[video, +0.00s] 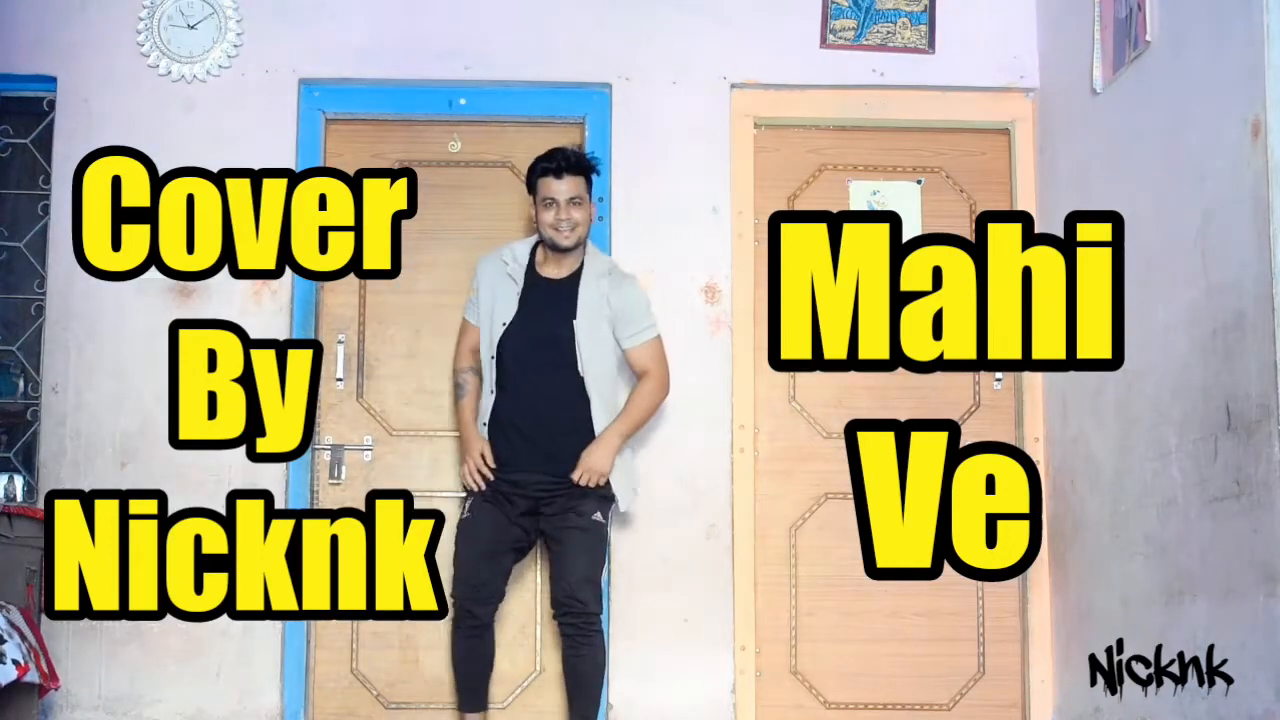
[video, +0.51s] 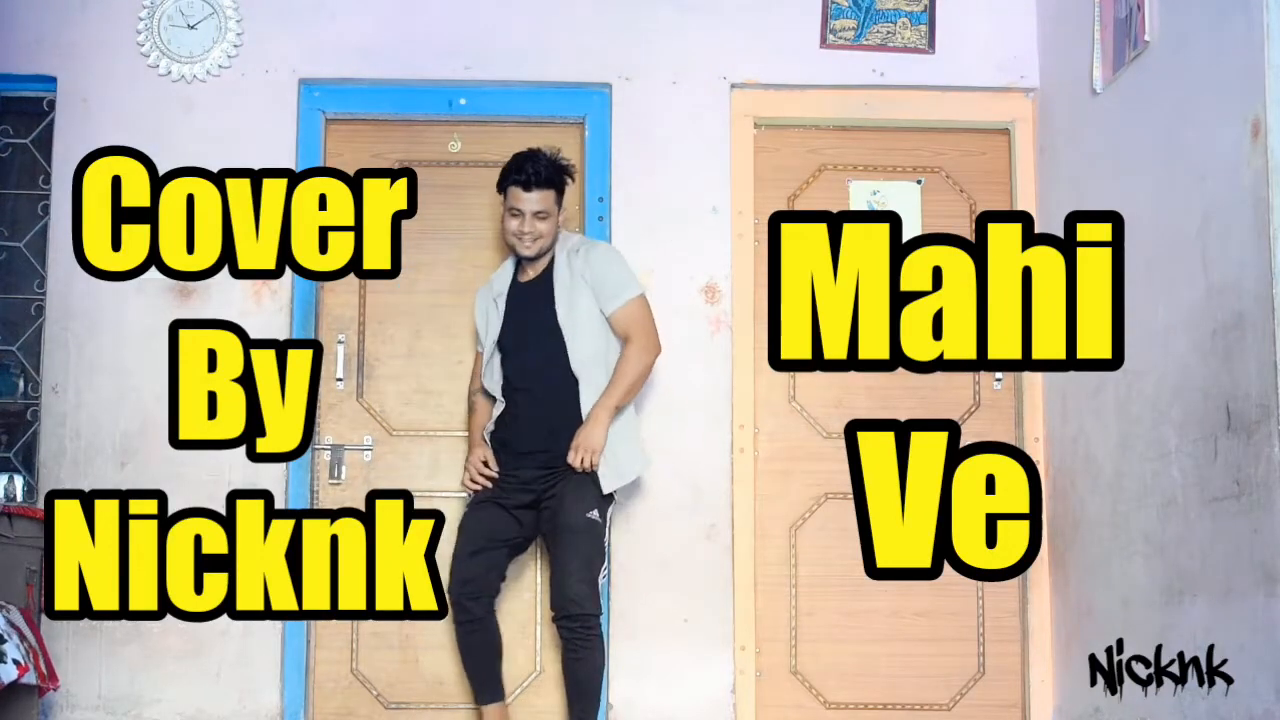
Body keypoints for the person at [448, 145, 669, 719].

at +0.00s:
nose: (563, 215)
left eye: (575, 202)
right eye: (550, 203)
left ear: (593, 209)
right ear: (534, 210)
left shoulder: (616, 285)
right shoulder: (496, 271)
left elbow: (655, 378)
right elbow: (469, 358)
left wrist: (610, 442)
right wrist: (469, 432)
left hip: (576, 487)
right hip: (500, 482)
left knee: (579, 615)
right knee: (470, 608)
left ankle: (585, 719)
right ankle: (472, 714)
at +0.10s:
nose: (562, 209)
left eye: (574, 197)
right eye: (549, 197)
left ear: (591, 202)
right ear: (532, 204)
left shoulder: (617, 281)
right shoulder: (503, 268)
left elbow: (655, 370)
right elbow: (480, 360)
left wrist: (605, 436)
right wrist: (476, 430)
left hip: (577, 481)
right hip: (504, 477)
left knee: (576, 610)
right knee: (481, 602)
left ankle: (583, 717)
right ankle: (498, 713)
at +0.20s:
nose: (557, 208)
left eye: (569, 195)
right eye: (544, 196)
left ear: (587, 202)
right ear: (528, 203)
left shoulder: (613, 278)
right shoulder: (504, 267)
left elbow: (652, 366)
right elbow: (485, 360)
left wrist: (598, 431)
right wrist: (480, 431)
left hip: (576, 477)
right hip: (506, 476)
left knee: (575, 611)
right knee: (497, 610)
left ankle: (583, 717)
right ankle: (509, 716)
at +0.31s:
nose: (550, 208)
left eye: (562, 196)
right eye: (537, 196)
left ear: (580, 200)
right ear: (522, 202)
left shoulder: (609, 270)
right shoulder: (500, 270)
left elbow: (649, 356)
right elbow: (487, 361)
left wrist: (597, 420)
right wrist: (480, 432)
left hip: (572, 470)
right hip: (505, 471)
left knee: (572, 610)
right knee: (500, 609)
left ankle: (582, 717)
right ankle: (509, 715)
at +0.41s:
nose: (539, 217)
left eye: (552, 203)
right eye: (527, 204)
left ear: (573, 203)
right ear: (512, 205)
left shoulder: (604, 264)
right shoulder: (499, 279)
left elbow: (647, 349)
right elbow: (486, 372)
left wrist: (597, 420)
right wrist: (479, 436)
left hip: (577, 468)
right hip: (509, 471)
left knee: (574, 607)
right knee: (486, 597)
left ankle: (583, 716)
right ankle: (504, 714)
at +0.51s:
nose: (526, 228)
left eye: (541, 215)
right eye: (515, 214)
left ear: (561, 213)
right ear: (502, 212)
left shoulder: (594, 261)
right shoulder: (492, 293)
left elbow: (644, 341)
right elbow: (485, 384)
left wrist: (600, 417)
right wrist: (476, 439)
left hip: (575, 469)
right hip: (506, 475)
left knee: (576, 610)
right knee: (467, 593)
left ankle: (584, 719)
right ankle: (493, 714)